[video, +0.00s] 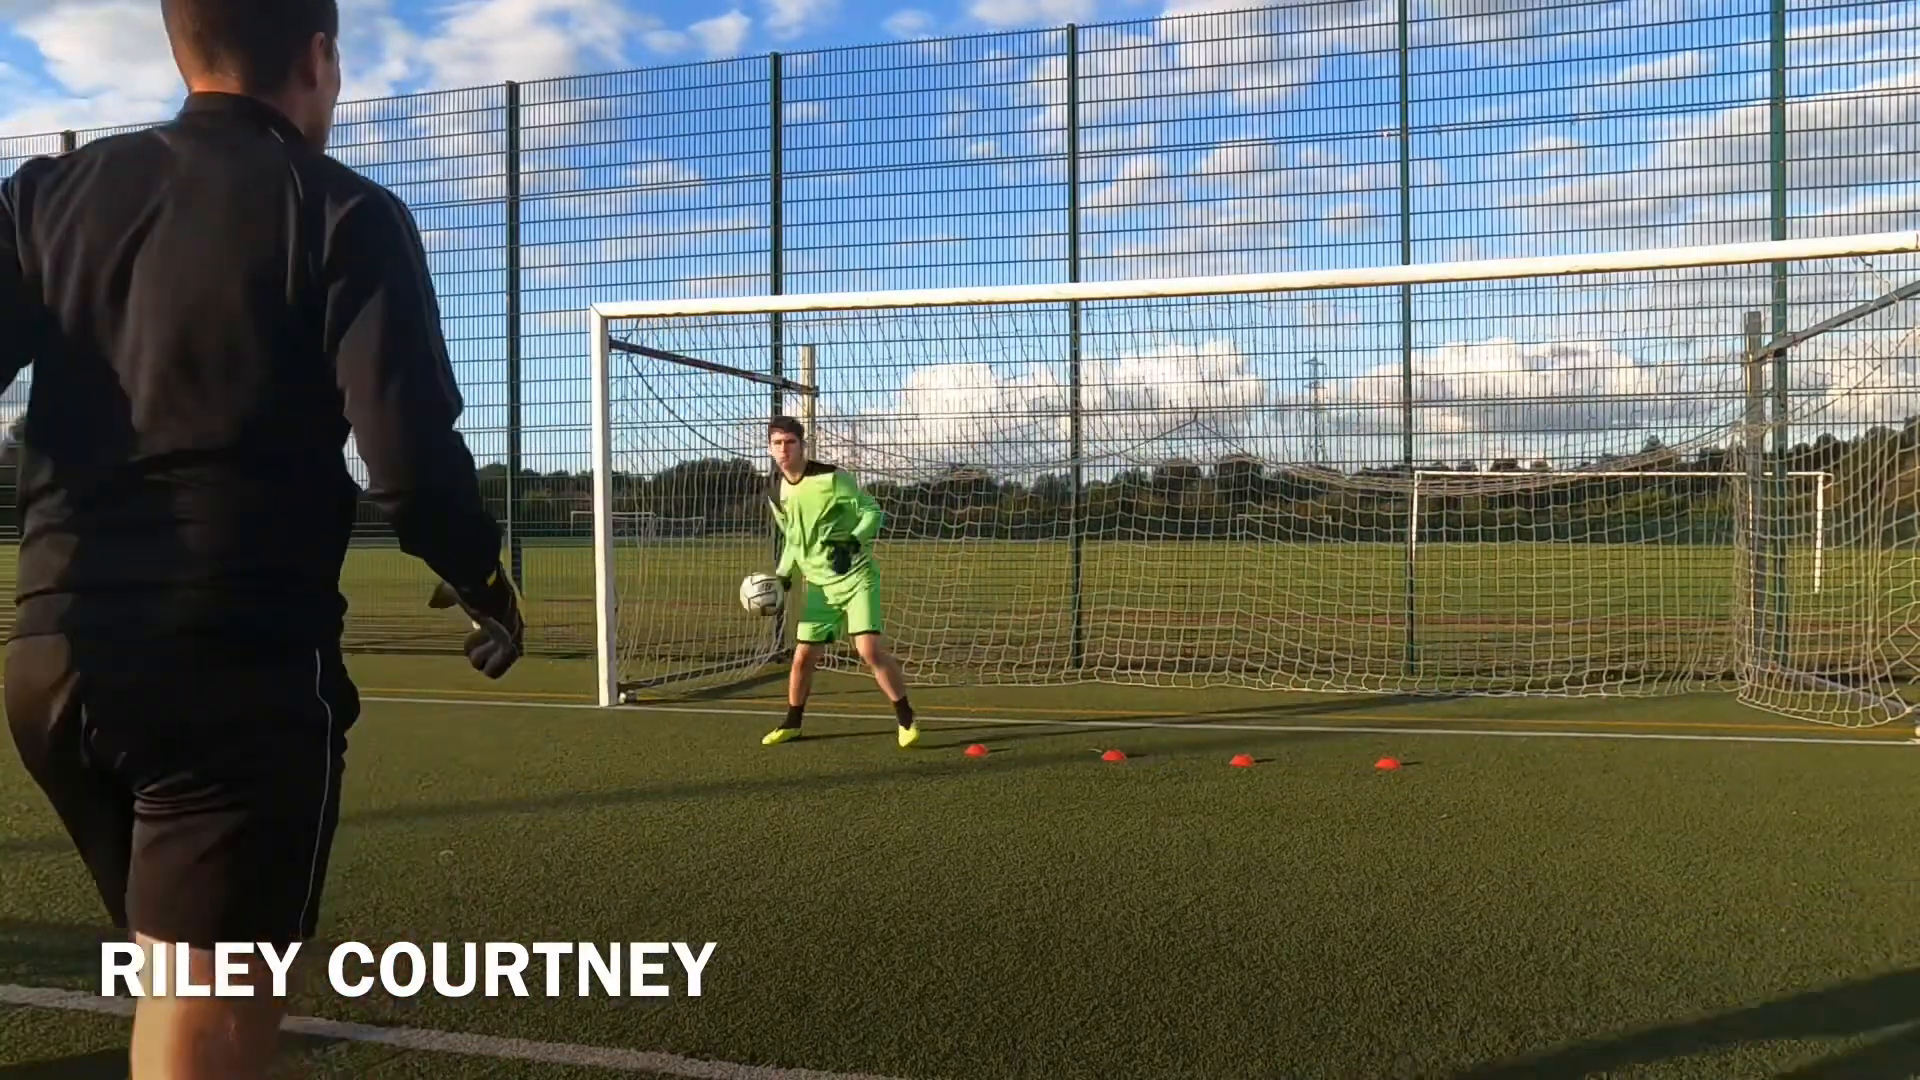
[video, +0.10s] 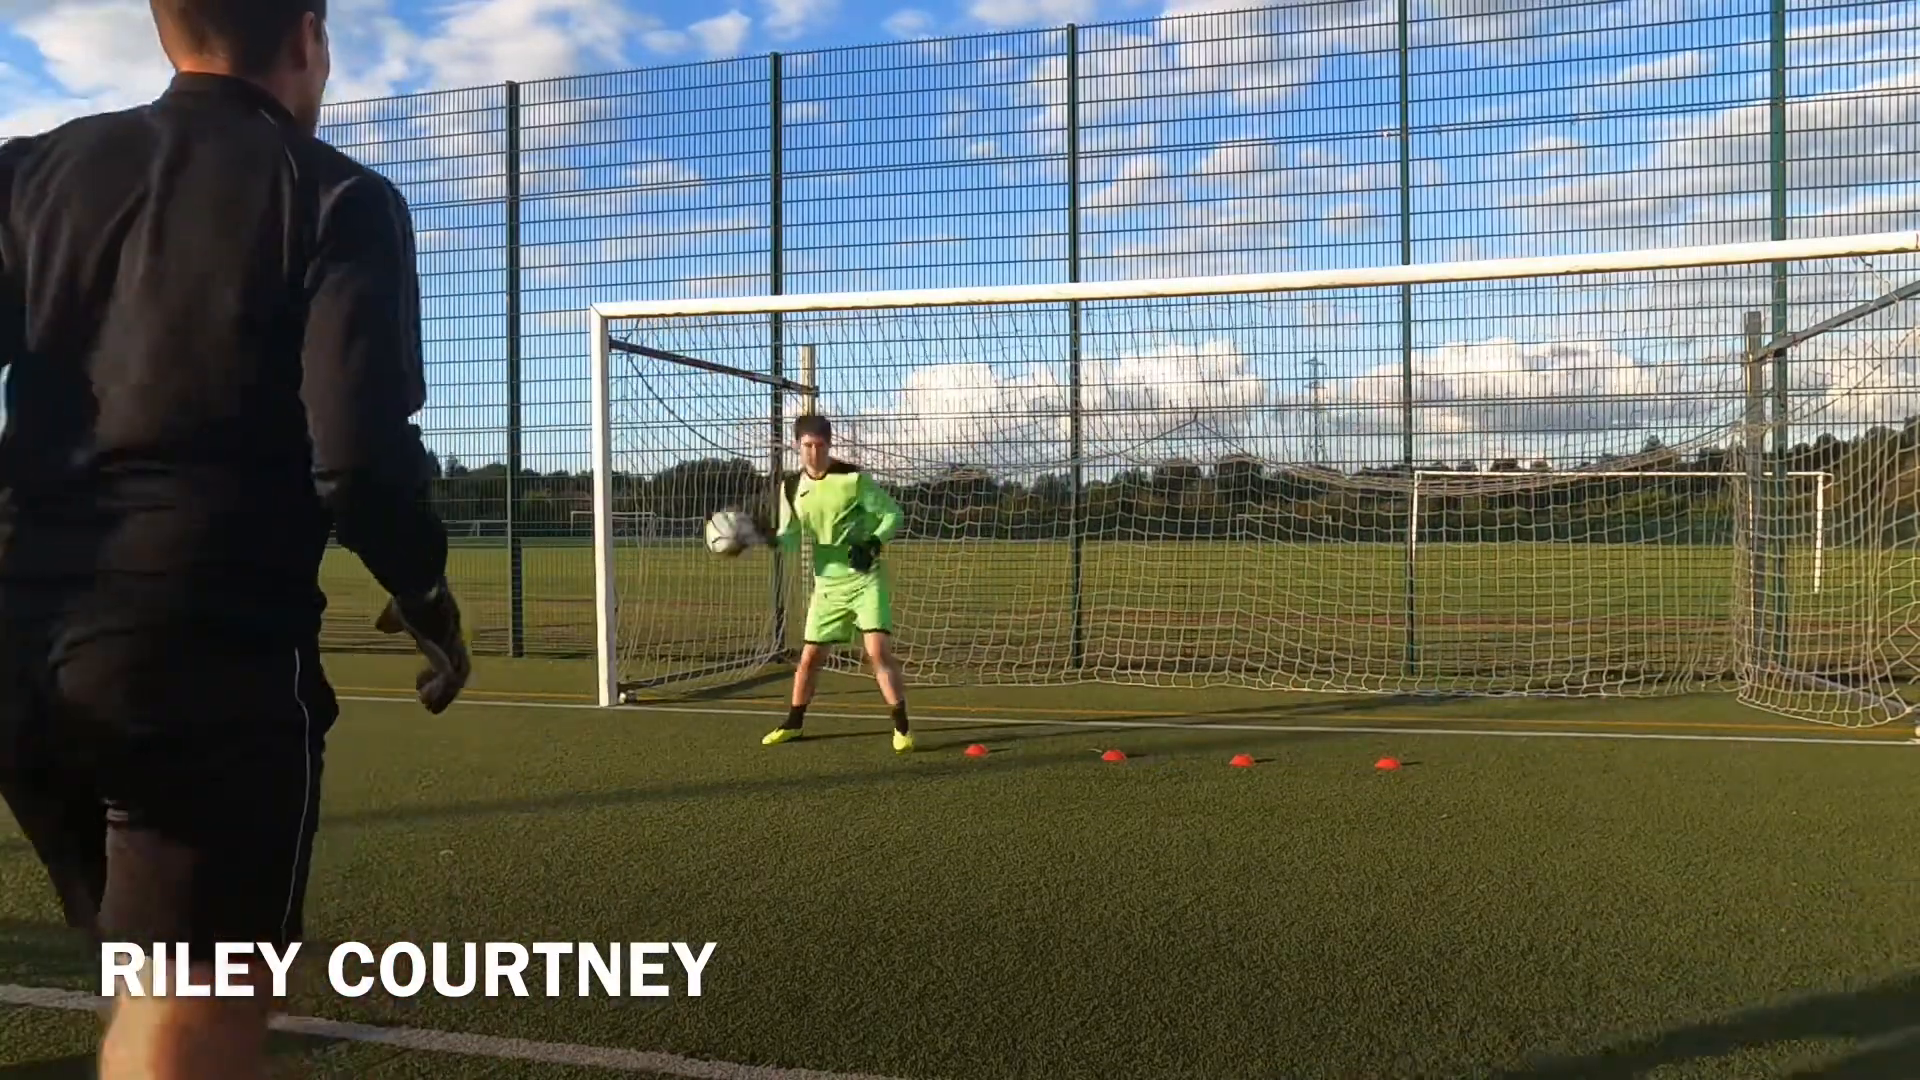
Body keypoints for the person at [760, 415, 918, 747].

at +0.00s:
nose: (783, 450)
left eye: (790, 442)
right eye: (777, 444)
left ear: (803, 445)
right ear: (770, 450)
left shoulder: (834, 480)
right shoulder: (779, 492)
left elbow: (873, 511)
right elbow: (792, 541)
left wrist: (853, 541)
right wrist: (780, 581)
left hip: (857, 579)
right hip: (819, 587)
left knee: (869, 650)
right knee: (802, 656)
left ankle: (906, 719)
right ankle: (792, 723)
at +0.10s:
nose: (814, 451)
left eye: (820, 444)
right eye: (808, 445)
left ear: (830, 445)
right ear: (798, 446)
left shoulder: (855, 480)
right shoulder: (792, 488)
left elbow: (893, 514)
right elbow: (790, 536)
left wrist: (873, 542)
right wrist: (767, 538)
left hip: (866, 579)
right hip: (826, 584)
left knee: (877, 651)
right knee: (809, 657)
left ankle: (901, 725)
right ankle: (794, 723)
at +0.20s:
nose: (851, 457)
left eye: (856, 451)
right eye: (845, 451)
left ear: (863, 448)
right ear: (832, 449)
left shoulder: (881, 482)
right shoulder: (816, 487)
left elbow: (917, 518)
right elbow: (792, 534)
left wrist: (893, 544)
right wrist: (799, 498)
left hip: (883, 586)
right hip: (841, 591)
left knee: (887, 659)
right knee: (820, 660)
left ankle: (899, 732)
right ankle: (798, 722)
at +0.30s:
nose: (892, 463)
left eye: (896, 456)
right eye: (886, 457)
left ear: (900, 450)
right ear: (868, 449)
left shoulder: (912, 483)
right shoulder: (844, 479)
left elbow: (942, 518)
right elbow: (821, 534)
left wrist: (916, 547)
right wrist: (832, 512)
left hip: (900, 584)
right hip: (858, 585)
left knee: (893, 659)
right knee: (833, 656)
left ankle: (899, 732)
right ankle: (815, 716)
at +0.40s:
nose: (920, 460)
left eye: (924, 454)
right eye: (914, 454)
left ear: (929, 448)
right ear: (897, 444)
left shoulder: (939, 481)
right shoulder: (867, 470)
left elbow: (964, 515)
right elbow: (851, 510)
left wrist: (943, 545)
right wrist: (854, 534)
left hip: (917, 582)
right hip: (873, 577)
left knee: (907, 657)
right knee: (859, 643)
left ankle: (900, 730)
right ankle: (850, 722)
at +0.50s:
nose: (943, 458)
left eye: (947, 452)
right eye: (937, 452)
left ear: (949, 447)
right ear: (919, 443)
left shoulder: (954, 476)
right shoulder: (886, 468)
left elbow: (981, 507)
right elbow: (865, 503)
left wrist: (970, 544)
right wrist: (865, 539)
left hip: (937, 577)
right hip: (895, 575)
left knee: (930, 657)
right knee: (894, 647)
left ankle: (909, 716)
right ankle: (887, 734)